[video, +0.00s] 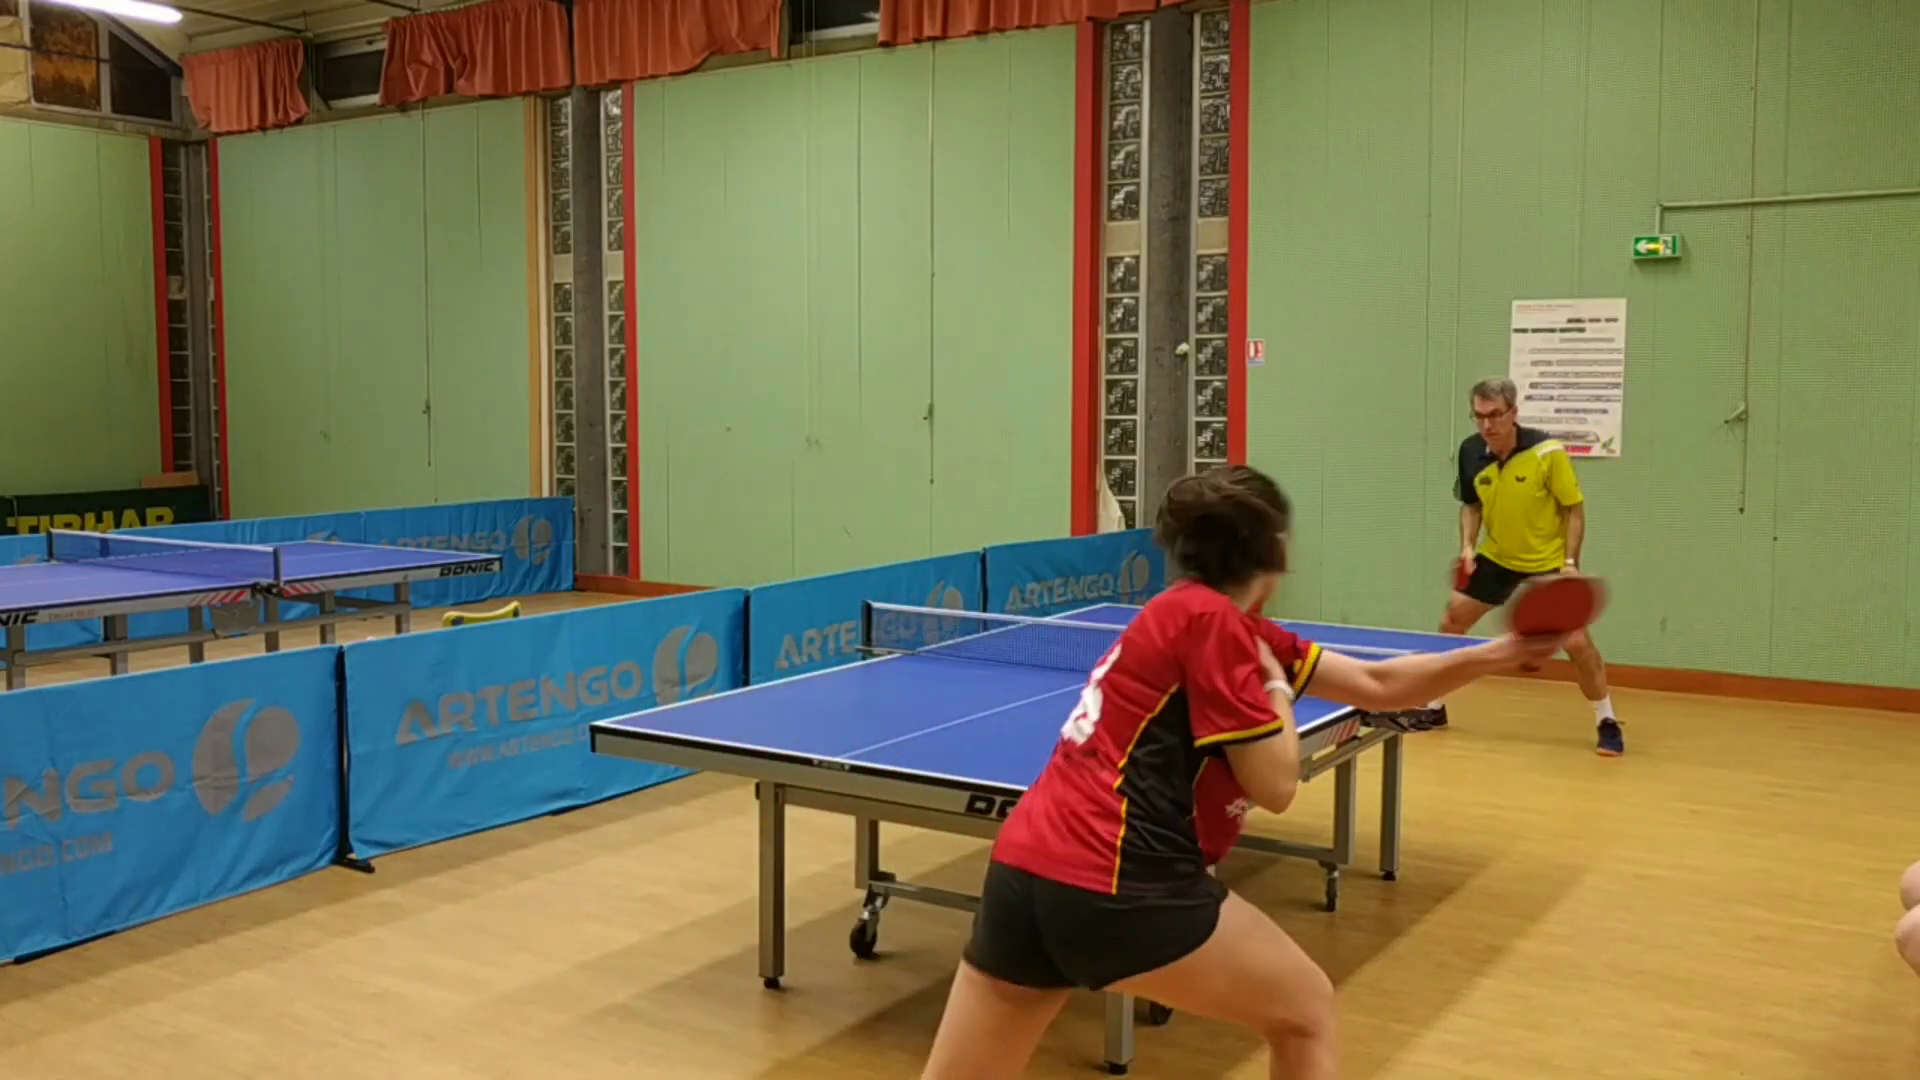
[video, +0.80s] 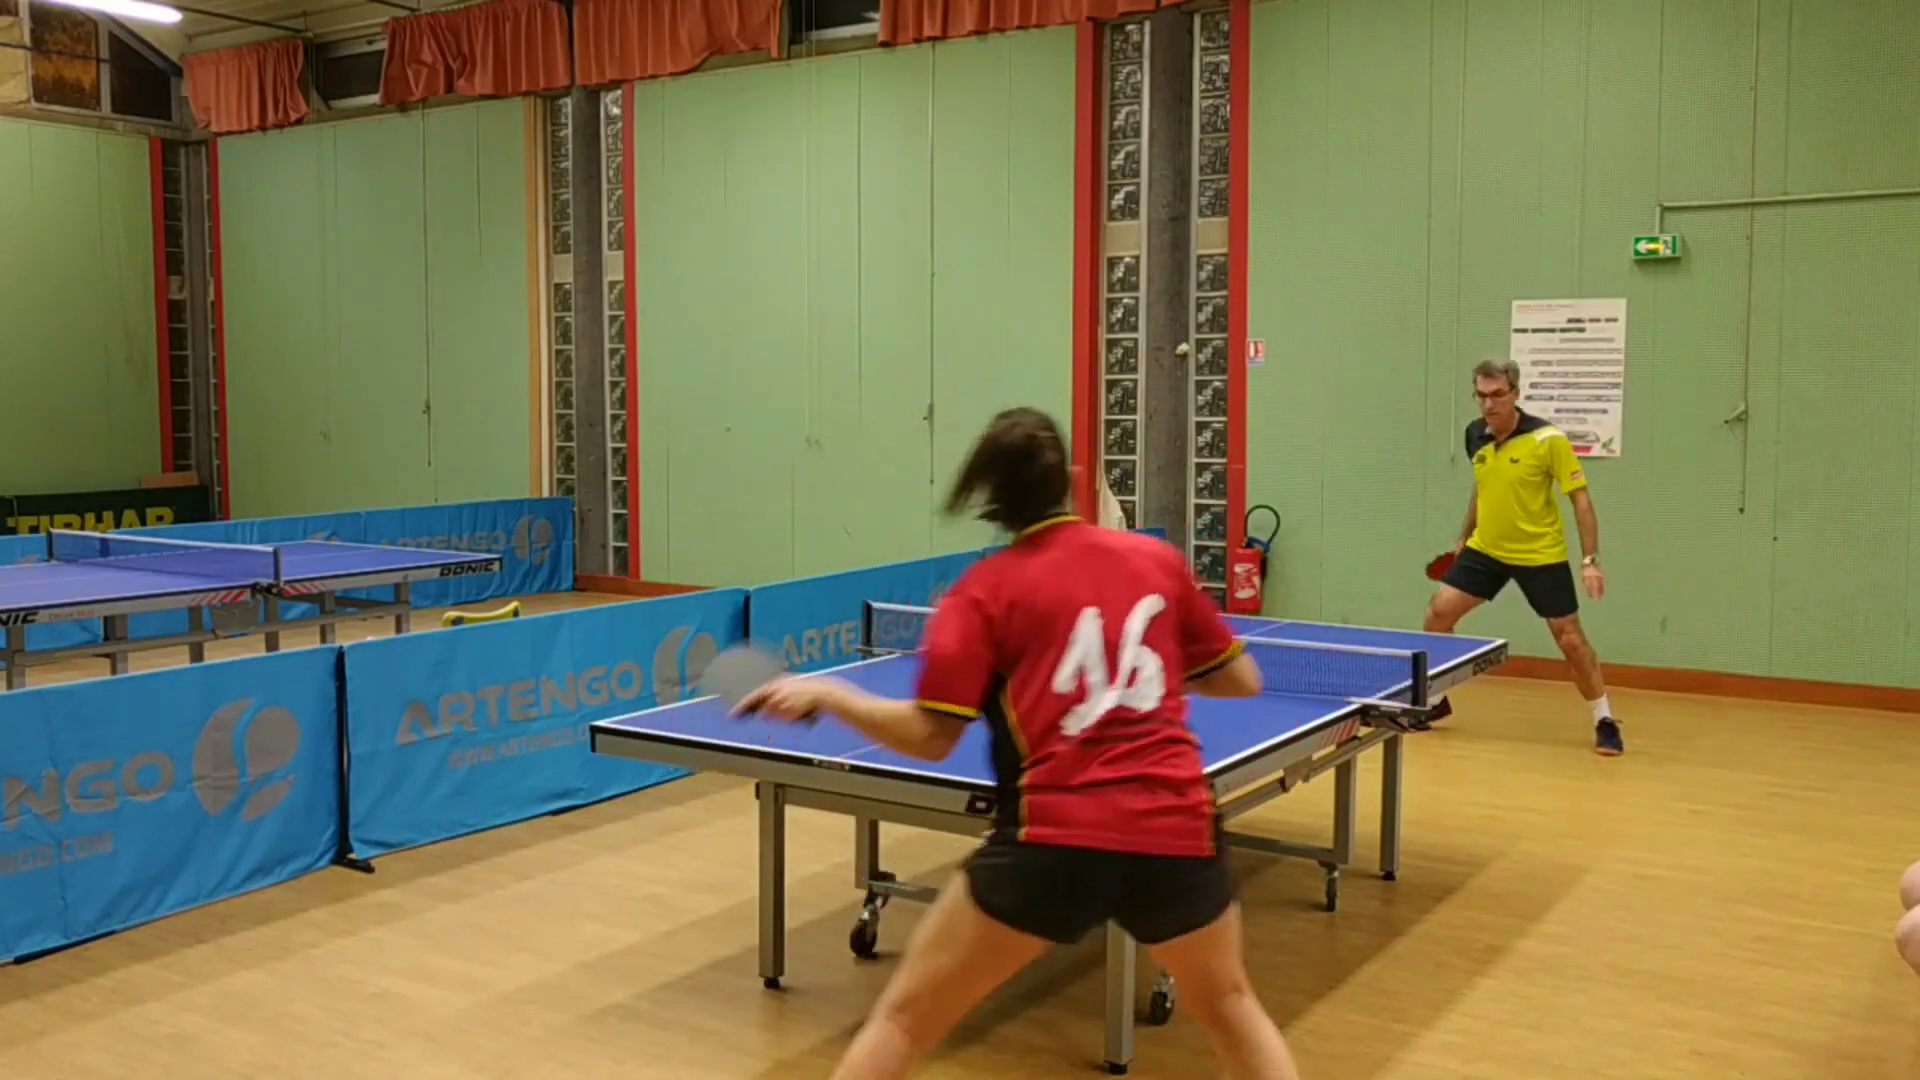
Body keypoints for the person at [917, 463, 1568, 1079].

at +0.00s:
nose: (1287, 550)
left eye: (1283, 535)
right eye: (1283, 537)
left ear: (1192, 548)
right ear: (1267, 549)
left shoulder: (1193, 612)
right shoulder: (1216, 626)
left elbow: (1378, 685)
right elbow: (1274, 787)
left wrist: (1499, 655)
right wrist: (1274, 693)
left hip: (1023, 877)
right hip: (1123, 890)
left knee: (954, 1074)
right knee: (1306, 1010)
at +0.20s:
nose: (1288, 494)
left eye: (1285, 479)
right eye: (1284, 481)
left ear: (1190, 484)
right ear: (1270, 496)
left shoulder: (1144, 554)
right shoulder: (1247, 586)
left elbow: (1254, 680)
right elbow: (1295, 759)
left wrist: (1393, 672)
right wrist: (1283, 701)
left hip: (1015, 818)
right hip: (1121, 844)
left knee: (932, 1046)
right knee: (1283, 1013)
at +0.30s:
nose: (1238, 470)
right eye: (1230, 456)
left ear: (1138, 458)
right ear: (1217, 473)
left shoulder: (1082, 526)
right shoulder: (1228, 569)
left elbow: (1142, 653)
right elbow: (1275, 725)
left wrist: (1278, 627)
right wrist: (1289, 642)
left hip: (994, 812)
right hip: (1116, 832)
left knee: (915, 1018)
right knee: (1250, 1021)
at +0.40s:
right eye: (1144, 417)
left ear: (1061, 431)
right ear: (1145, 438)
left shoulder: (998, 520)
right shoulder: (1171, 547)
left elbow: (1015, 622)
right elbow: (1250, 693)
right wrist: (1229, 606)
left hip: (962, 810)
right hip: (1088, 824)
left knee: (886, 1011)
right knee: (1215, 1000)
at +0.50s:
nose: (1087, 427)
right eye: (1084, 418)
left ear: (993, 435)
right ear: (1079, 432)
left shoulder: (940, 530)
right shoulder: (1132, 536)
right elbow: (1222, 672)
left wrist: (956, 613)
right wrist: (1170, 612)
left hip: (948, 815)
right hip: (1076, 822)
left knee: (855, 981)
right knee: (1192, 983)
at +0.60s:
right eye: (1038, 439)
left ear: (958, 455)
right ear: (1040, 452)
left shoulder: (915, 558)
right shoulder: (1106, 549)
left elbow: (858, 708)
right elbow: (1190, 673)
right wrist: (1124, 660)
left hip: (953, 842)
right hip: (1083, 845)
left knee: (850, 1010)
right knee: (1173, 998)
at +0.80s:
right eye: (1073, 465)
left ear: (990, 494)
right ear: (1069, 482)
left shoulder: (985, 591)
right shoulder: (1154, 559)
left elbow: (932, 736)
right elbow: (1241, 679)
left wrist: (827, 695)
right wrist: (1149, 666)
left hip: (1054, 846)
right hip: (1177, 843)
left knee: (903, 1026)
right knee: (1233, 1007)